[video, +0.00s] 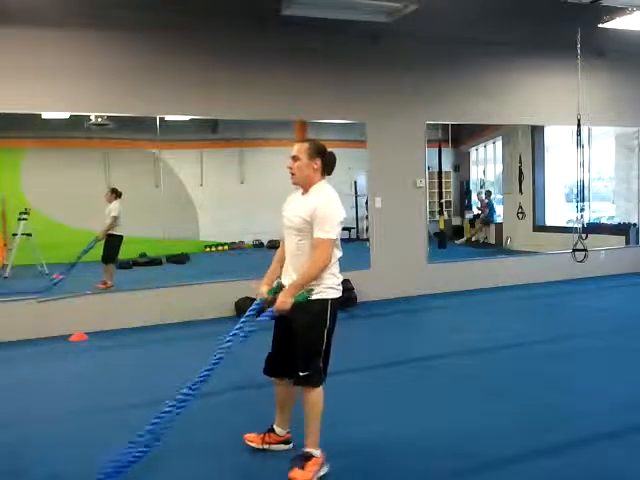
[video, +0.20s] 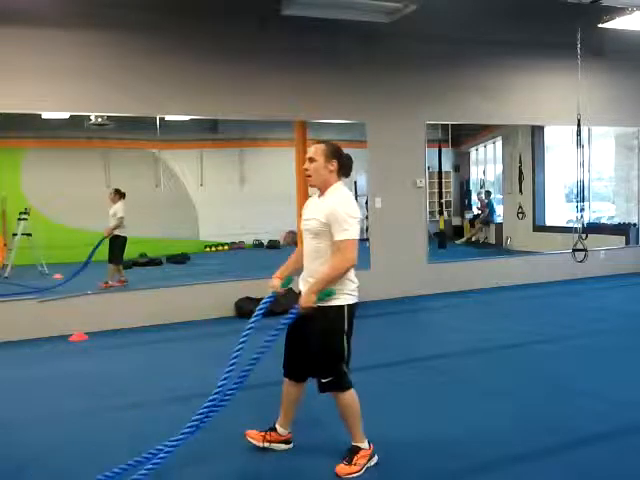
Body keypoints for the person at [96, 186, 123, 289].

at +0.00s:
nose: (106, 196)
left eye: (108, 194)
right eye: (106, 194)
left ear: (113, 195)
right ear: (113, 196)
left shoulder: (115, 205)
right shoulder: (111, 205)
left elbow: (113, 221)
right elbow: (110, 221)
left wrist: (103, 232)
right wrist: (102, 232)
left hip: (115, 234)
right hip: (111, 234)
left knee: (109, 259)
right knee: (106, 259)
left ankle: (109, 281)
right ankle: (106, 280)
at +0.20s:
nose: (110, 197)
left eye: (112, 195)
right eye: (110, 195)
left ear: (117, 196)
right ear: (116, 196)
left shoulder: (120, 206)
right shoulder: (115, 206)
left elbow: (120, 220)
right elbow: (115, 220)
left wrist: (110, 229)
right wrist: (109, 230)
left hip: (119, 235)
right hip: (115, 234)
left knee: (114, 260)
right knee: (116, 260)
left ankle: (110, 280)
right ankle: (122, 277)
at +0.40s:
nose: (113, 196)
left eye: (115, 194)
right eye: (114, 194)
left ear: (121, 195)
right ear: (119, 195)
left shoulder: (123, 204)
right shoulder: (118, 204)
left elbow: (125, 219)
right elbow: (119, 220)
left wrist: (116, 229)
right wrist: (113, 229)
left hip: (124, 233)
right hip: (119, 233)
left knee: (119, 260)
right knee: (121, 260)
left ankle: (114, 279)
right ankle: (124, 279)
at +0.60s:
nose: (115, 196)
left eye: (117, 194)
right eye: (115, 194)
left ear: (123, 194)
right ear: (122, 194)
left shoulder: (127, 202)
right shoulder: (121, 205)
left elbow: (129, 209)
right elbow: (117, 213)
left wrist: (114, 211)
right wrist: (106, 214)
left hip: (128, 232)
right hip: (123, 232)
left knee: (126, 258)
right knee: (123, 258)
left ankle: (130, 279)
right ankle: (125, 278)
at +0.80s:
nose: (118, 197)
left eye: (119, 195)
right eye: (118, 195)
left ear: (125, 195)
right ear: (123, 195)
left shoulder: (129, 204)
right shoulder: (124, 206)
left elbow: (129, 216)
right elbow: (123, 220)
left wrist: (117, 228)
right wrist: (114, 228)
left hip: (132, 232)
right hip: (126, 233)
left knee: (131, 258)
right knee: (127, 258)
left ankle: (132, 278)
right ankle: (130, 278)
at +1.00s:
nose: (122, 195)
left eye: (124, 193)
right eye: (122, 193)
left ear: (129, 194)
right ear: (125, 194)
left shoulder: (132, 204)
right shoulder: (125, 204)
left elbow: (132, 219)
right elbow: (125, 220)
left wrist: (123, 229)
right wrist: (118, 227)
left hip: (133, 233)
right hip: (126, 233)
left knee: (132, 259)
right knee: (123, 258)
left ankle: (131, 278)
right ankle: (125, 277)